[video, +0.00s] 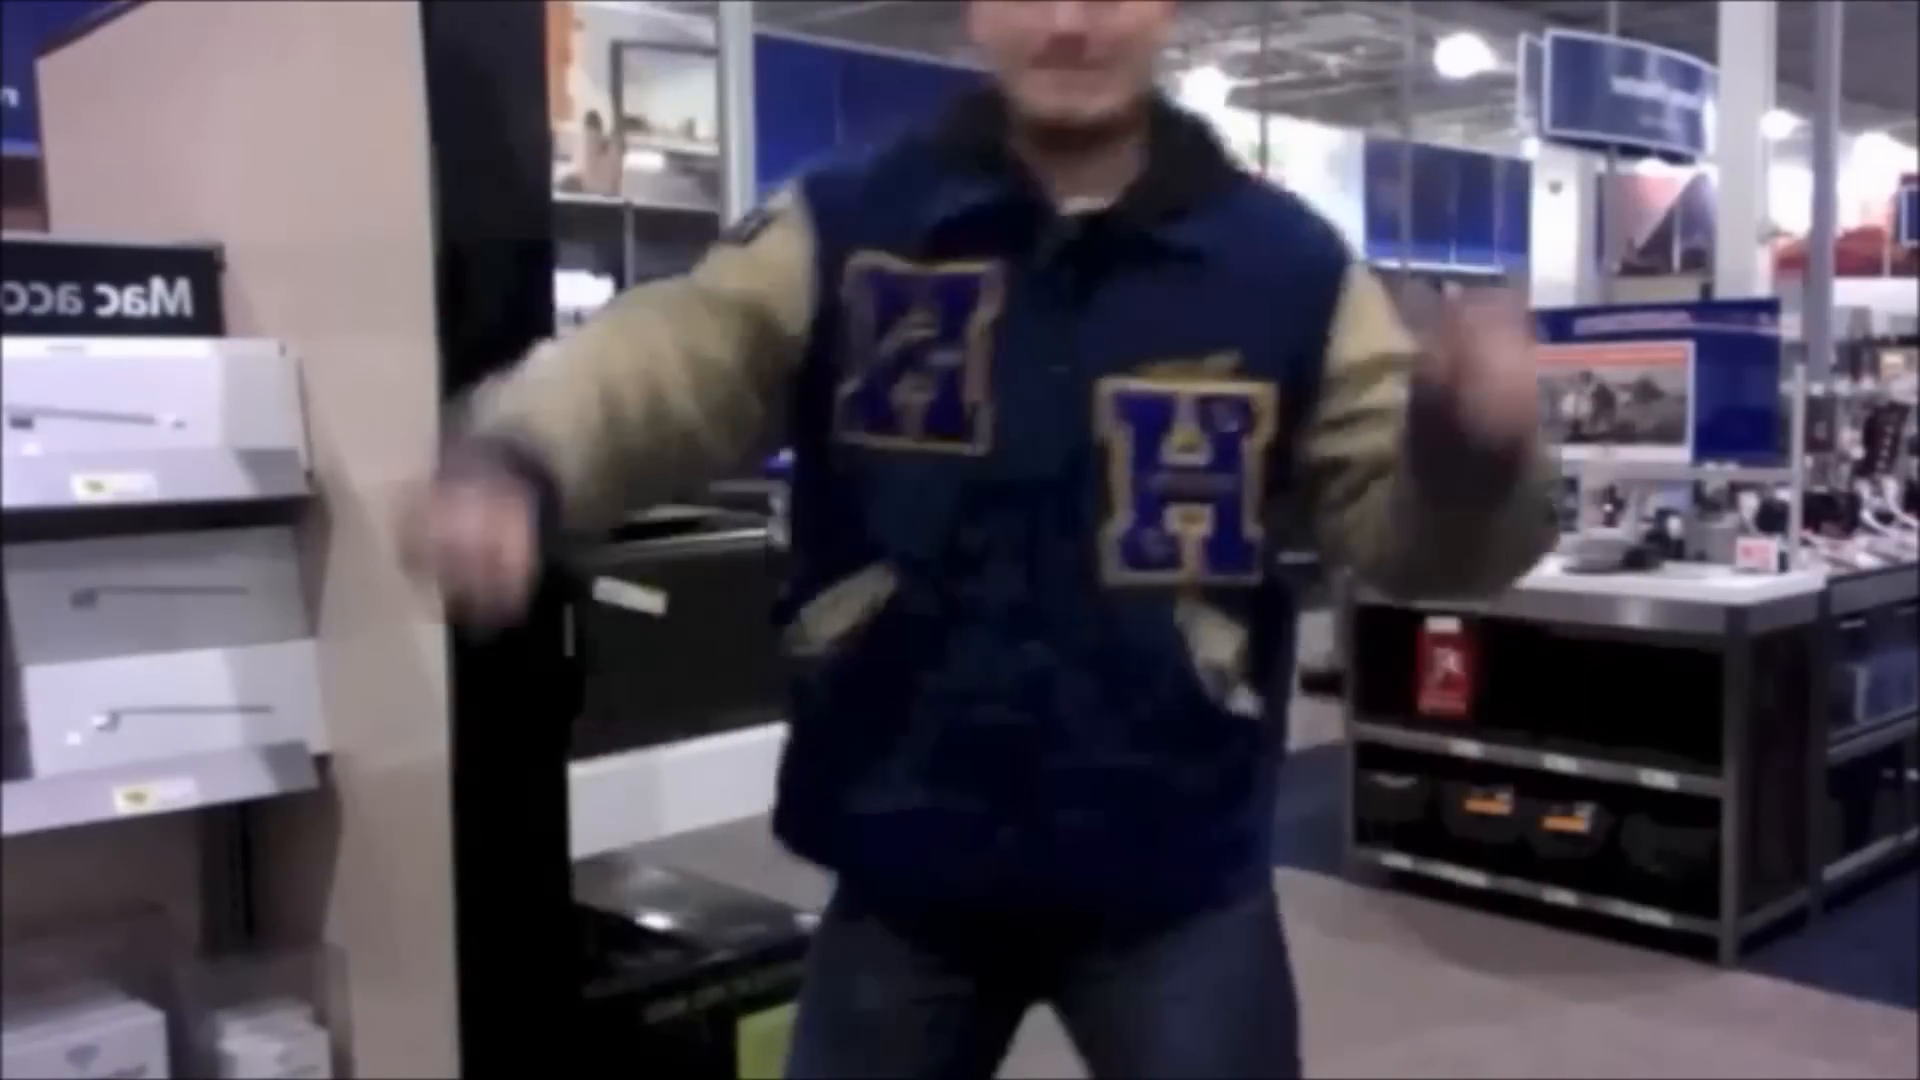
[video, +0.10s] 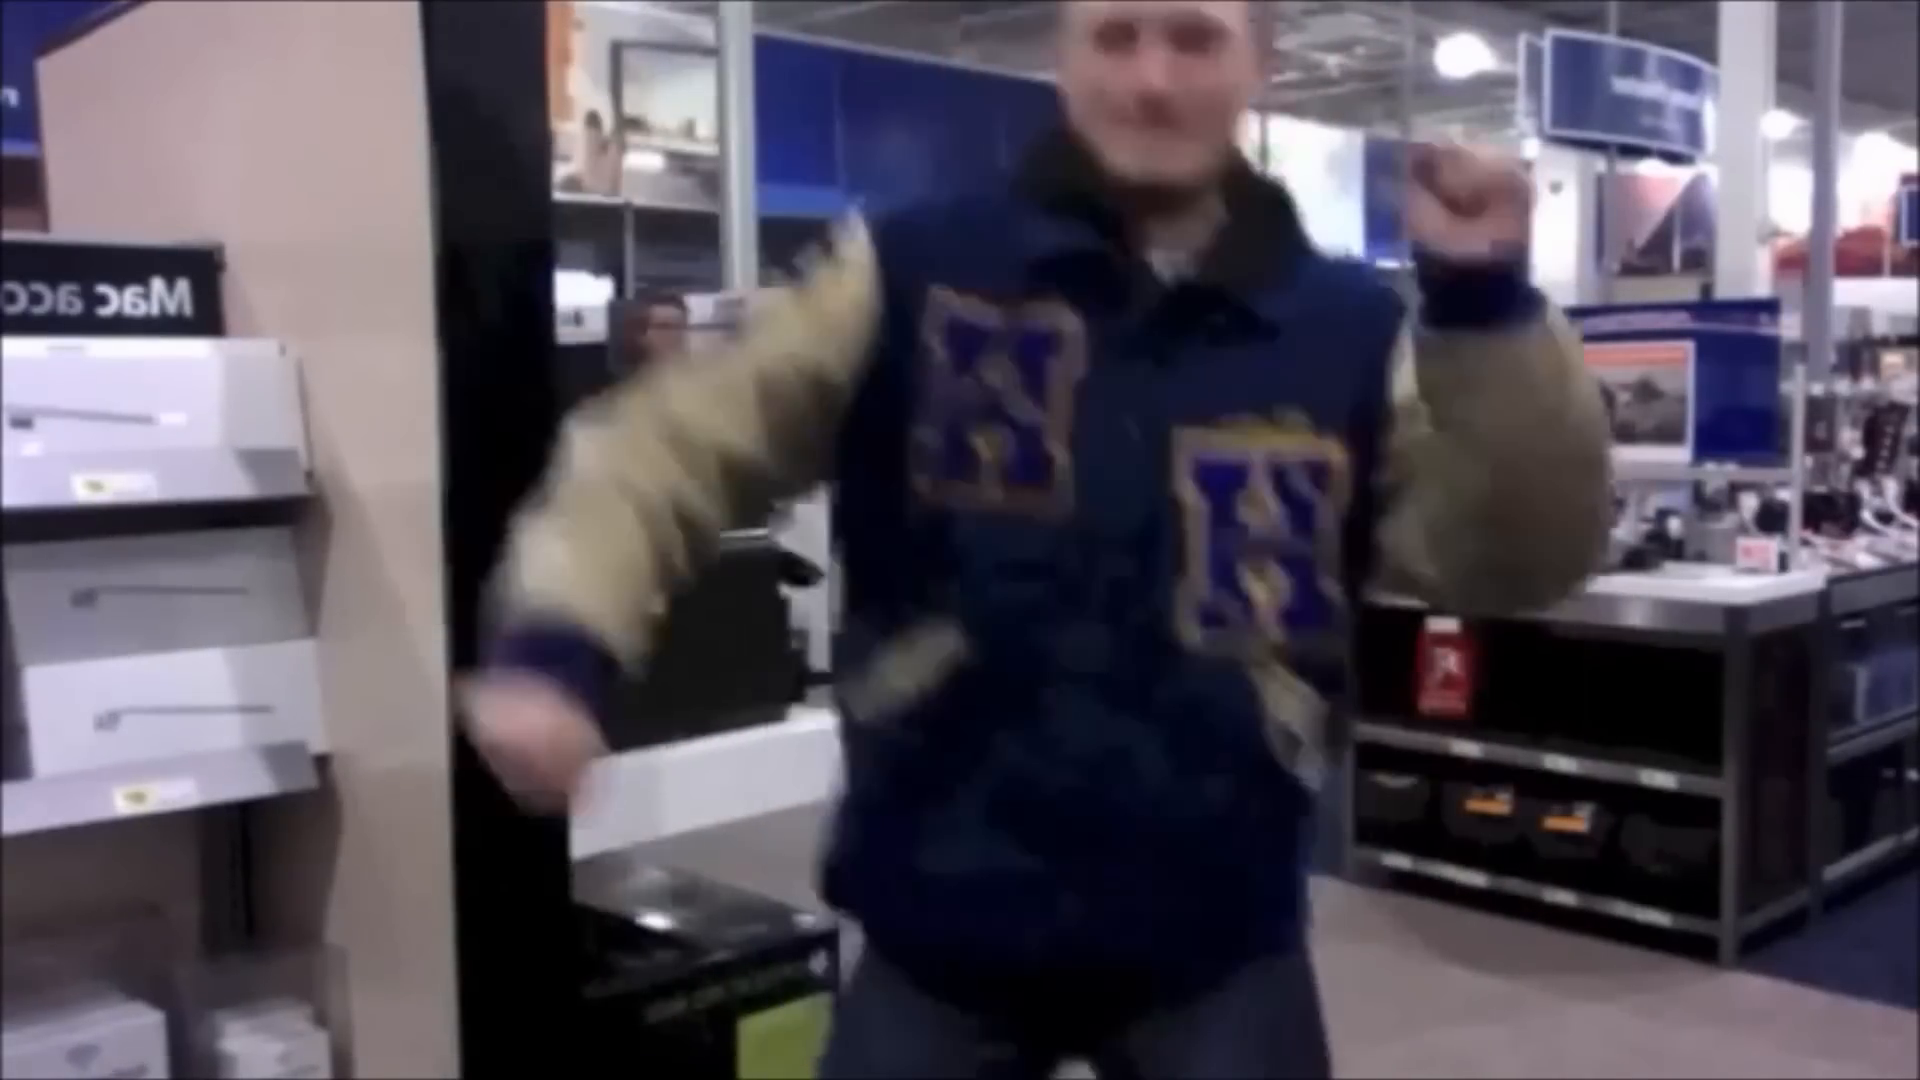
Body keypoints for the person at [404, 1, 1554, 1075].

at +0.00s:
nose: (1068, 15)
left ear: (1170, 15)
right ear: (972, 17)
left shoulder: (1283, 262)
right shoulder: (852, 223)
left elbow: (1416, 554)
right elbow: (682, 350)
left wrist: (1480, 460)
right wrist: (516, 459)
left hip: (1168, 875)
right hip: (910, 866)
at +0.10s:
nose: (1154, 71)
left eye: (1196, 39)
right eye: (1116, 37)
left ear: (1256, 73)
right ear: (1060, 65)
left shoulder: (1344, 328)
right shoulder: (911, 270)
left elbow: (1519, 564)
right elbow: (673, 444)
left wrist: (1483, 294)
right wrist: (554, 652)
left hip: (1212, 941)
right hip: (943, 930)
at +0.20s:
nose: (1209, 158)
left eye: (1252, 124)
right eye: (1173, 122)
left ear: (1316, 157)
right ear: (1118, 144)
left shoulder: (1377, 376)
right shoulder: (969, 352)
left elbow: (1566, 572)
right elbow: (734, 589)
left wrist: (1440, 321)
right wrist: (713, 850)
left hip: (1279, 1026)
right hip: (1000, 1017)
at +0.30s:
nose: (1199, 132)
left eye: (1242, 97)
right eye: (1163, 97)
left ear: (1304, 132)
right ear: (1108, 121)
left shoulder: (1371, 363)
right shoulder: (958, 342)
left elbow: (1566, 554)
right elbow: (734, 553)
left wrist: (1446, 298)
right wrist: (743, 792)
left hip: (1269, 1009)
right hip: (995, 998)